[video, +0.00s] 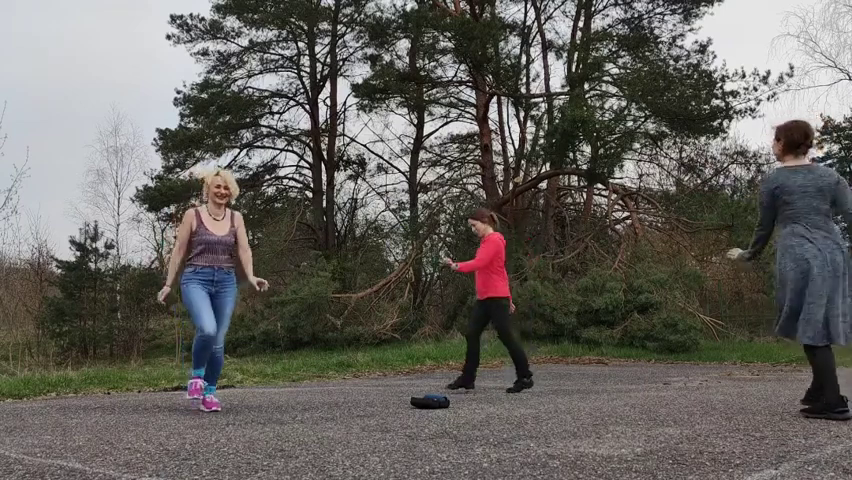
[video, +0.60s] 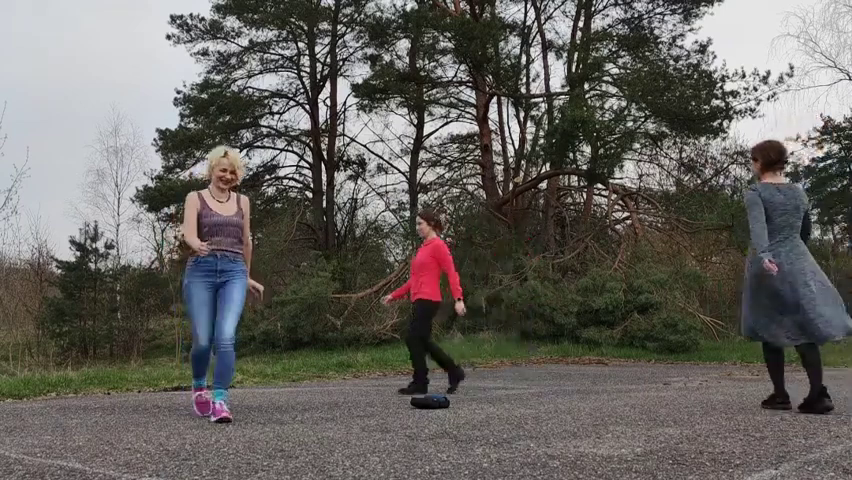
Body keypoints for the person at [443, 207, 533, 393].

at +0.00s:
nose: (473, 230)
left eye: (475, 225)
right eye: (472, 227)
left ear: (486, 222)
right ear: (480, 225)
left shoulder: (495, 240)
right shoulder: (488, 242)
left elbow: (480, 263)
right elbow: (501, 272)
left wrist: (456, 266)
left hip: (497, 298)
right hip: (485, 298)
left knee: (507, 336)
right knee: (472, 334)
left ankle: (525, 377)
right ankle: (467, 378)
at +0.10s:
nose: (465, 230)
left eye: (467, 226)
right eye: (464, 227)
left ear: (478, 223)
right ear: (475, 225)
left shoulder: (485, 241)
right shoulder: (482, 241)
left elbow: (468, 260)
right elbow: (495, 269)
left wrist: (442, 266)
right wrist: (502, 294)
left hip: (487, 298)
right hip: (475, 299)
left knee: (497, 336)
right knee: (466, 336)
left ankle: (521, 375)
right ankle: (467, 380)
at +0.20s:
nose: (456, 230)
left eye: (458, 226)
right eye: (455, 227)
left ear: (469, 224)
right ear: (468, 226)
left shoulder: (475, 244)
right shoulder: (475, 244)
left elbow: (457, 267)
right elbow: (484, 275)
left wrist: (434, 276)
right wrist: (487, 300)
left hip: (472, 300)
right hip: (466, 300)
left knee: (474, 340)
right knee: (463, 341)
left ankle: (509, 369)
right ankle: (468, 382)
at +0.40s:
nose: (437, 229)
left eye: (439, 225)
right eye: (436, 225)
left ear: (449, 224)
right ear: (446, 226)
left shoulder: (458, 244)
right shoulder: (445, 246)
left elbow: (456, 275)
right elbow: (440, 279)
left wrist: (450, 299)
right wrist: (427, 300)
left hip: (452, 300)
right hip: (443, 299)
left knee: (430, 335)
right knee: (456, 340)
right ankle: (467, 382)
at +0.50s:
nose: (426, 227)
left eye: (429, 223)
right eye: (426, 224)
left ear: (440, 223)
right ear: (435, 225)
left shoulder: (448, 244)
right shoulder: (433, 246)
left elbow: (457, 271)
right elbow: (425, 278)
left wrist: (460, 299)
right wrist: (406, 295)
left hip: (441, 299)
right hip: (434, 299)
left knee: (421, 337)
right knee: (447, 338)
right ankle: (465, 378)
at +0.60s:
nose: (417, 227)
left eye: (420, 224)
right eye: (416, 224)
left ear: (430, 224)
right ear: (424, 225)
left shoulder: (438, 245)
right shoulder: (423, 248)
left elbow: (451, 271)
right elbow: (414, 280)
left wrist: (458, 298)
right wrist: (394, 295)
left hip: (428, 299)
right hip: (419, 299)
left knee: (414, 338)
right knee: (421, 340)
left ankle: (419, 382)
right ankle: (454, 371)